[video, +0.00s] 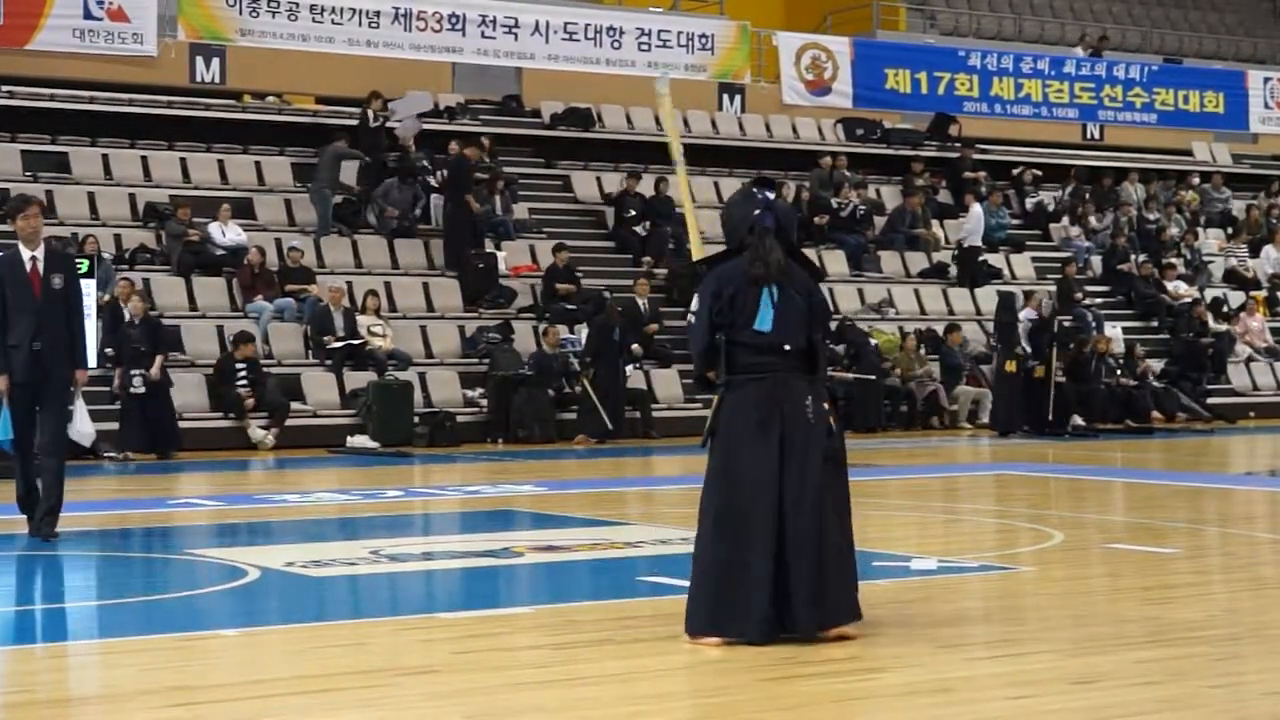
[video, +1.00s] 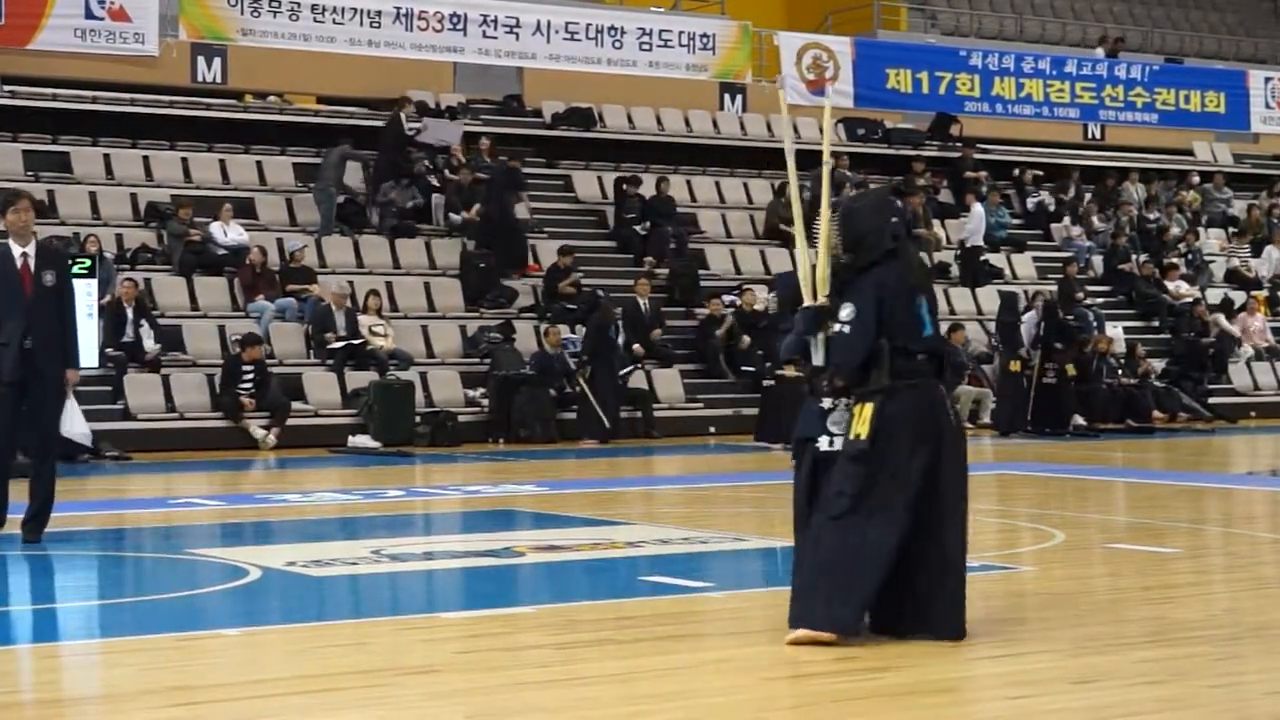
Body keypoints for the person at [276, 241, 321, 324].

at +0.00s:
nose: (294, 255)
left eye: (297, 251)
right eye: (292, 251)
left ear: (301, 254)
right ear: (288, 254)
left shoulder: (308, 271)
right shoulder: (282, 270)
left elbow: (314, 288)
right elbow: (285, 288)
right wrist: (306, 287)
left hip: (305, 295)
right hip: (290, 296)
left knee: (312, 300)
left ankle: (306, 325)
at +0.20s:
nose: (295, 255)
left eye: (298, 251)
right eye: (292, 251)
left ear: (302, 254)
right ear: (288, 254)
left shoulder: (308, 271)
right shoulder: (283, 270)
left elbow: (314, 287)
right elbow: (285, 288)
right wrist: (306, 287)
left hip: (305, 294)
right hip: (290, 296)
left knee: (312, 300)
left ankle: (306, 325)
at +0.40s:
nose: (298, 255)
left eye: (300, 252)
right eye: (295, 252)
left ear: (303, 254)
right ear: (289, 254)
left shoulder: (308, 270)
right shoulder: (283, 270)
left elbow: (314, 287)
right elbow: (286, 288)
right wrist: (306, 287)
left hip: (306, 294)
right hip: (290, 296)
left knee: (313, 300)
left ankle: (306, 325)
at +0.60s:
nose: (301, 254)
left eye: (302, 251)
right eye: (298, 252)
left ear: (304, 253)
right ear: (291, 254)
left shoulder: (309, 270)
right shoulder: (283, 270)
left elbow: (315, 288)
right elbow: (286, 288)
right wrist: (306, 287)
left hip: (306, 294)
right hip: (291, 296)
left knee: (313, 299)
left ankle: (306, 325)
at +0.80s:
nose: (301, 255)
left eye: (302, 252)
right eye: (298, 252)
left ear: (304, 253)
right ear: (291, 254)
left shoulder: (309, 270)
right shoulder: (284, 270)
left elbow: (315, 288)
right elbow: (286, 288)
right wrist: (307, 287)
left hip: (307, 294)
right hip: (291, 295)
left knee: (313, 299)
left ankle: (306, 324)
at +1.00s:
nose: (302, 254)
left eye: (303, 251)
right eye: (299, 252)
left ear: (304, 253)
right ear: (292, 254)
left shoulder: (309, 270)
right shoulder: (284, 270)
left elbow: (315, 287)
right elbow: (287, 288)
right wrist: (307, 287)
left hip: (307, 294)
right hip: (292, 295)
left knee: (314, 299)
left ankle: (307, 324)